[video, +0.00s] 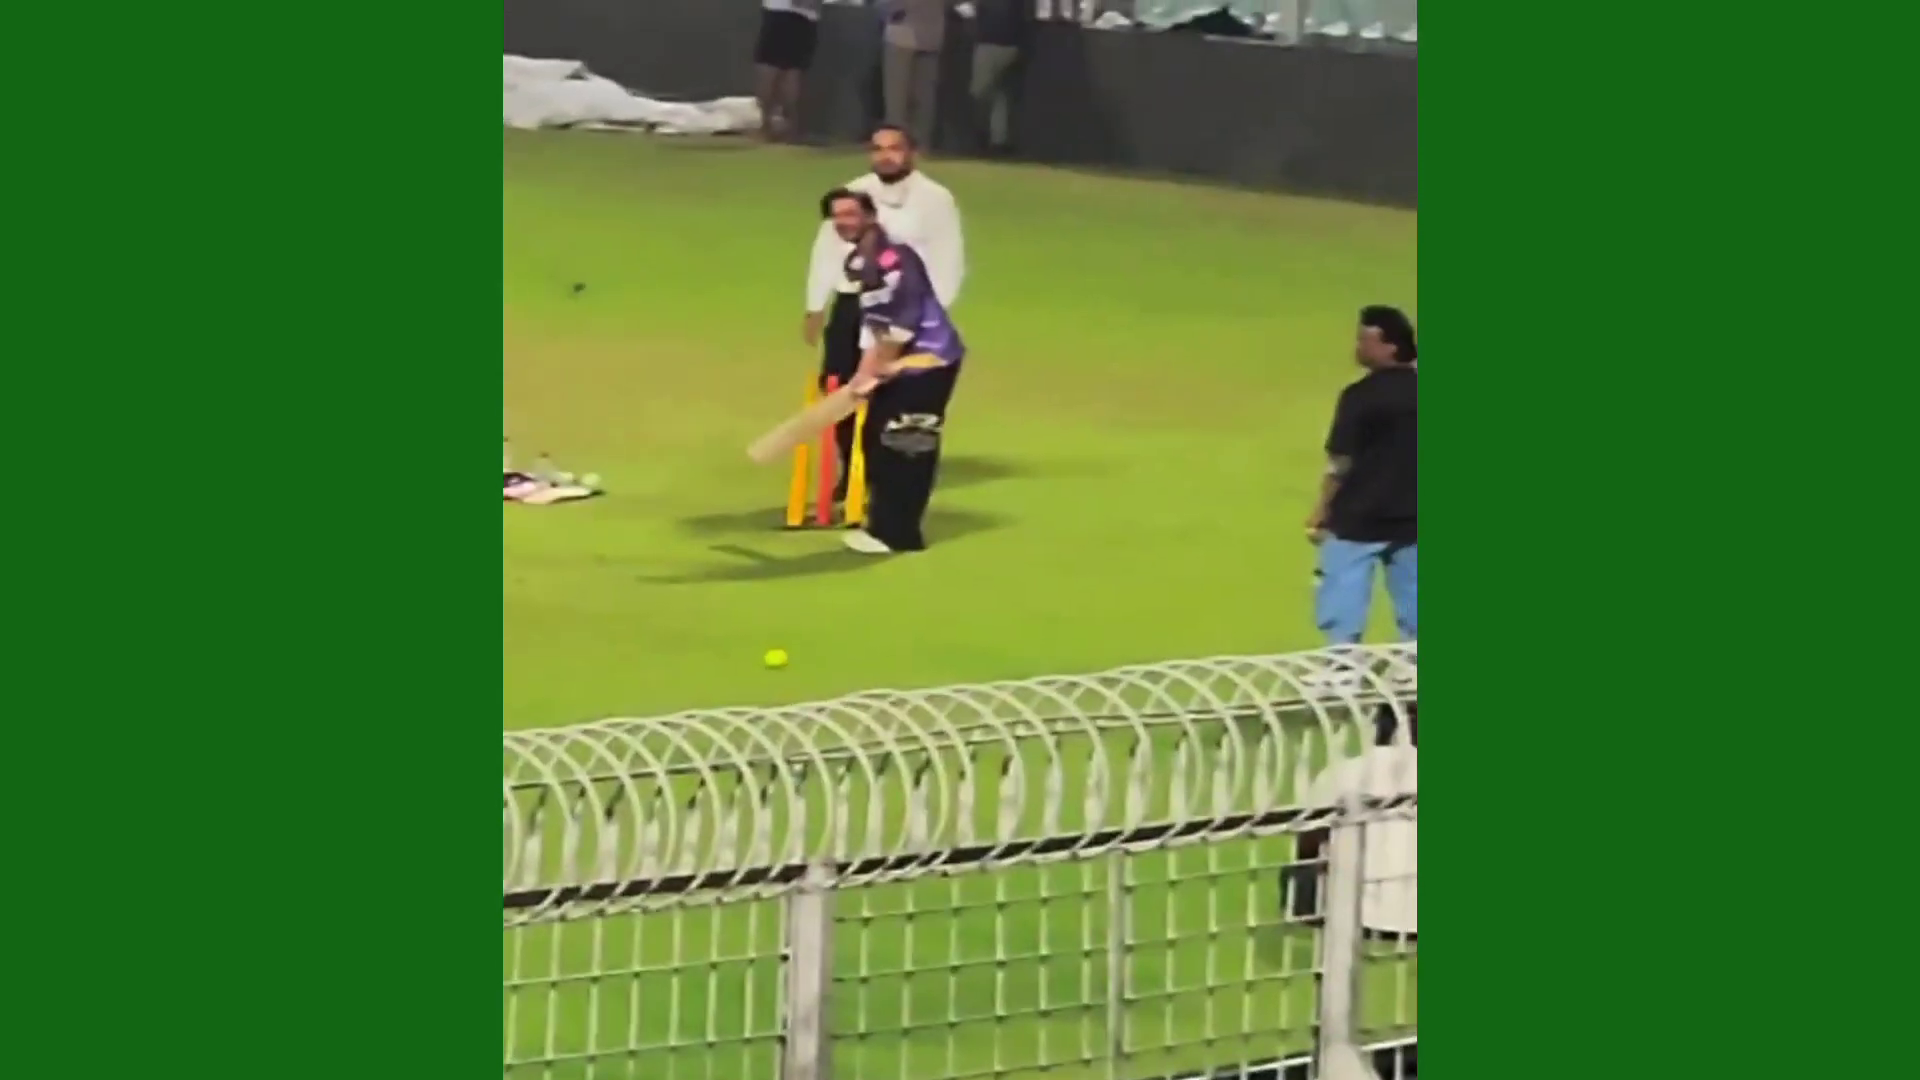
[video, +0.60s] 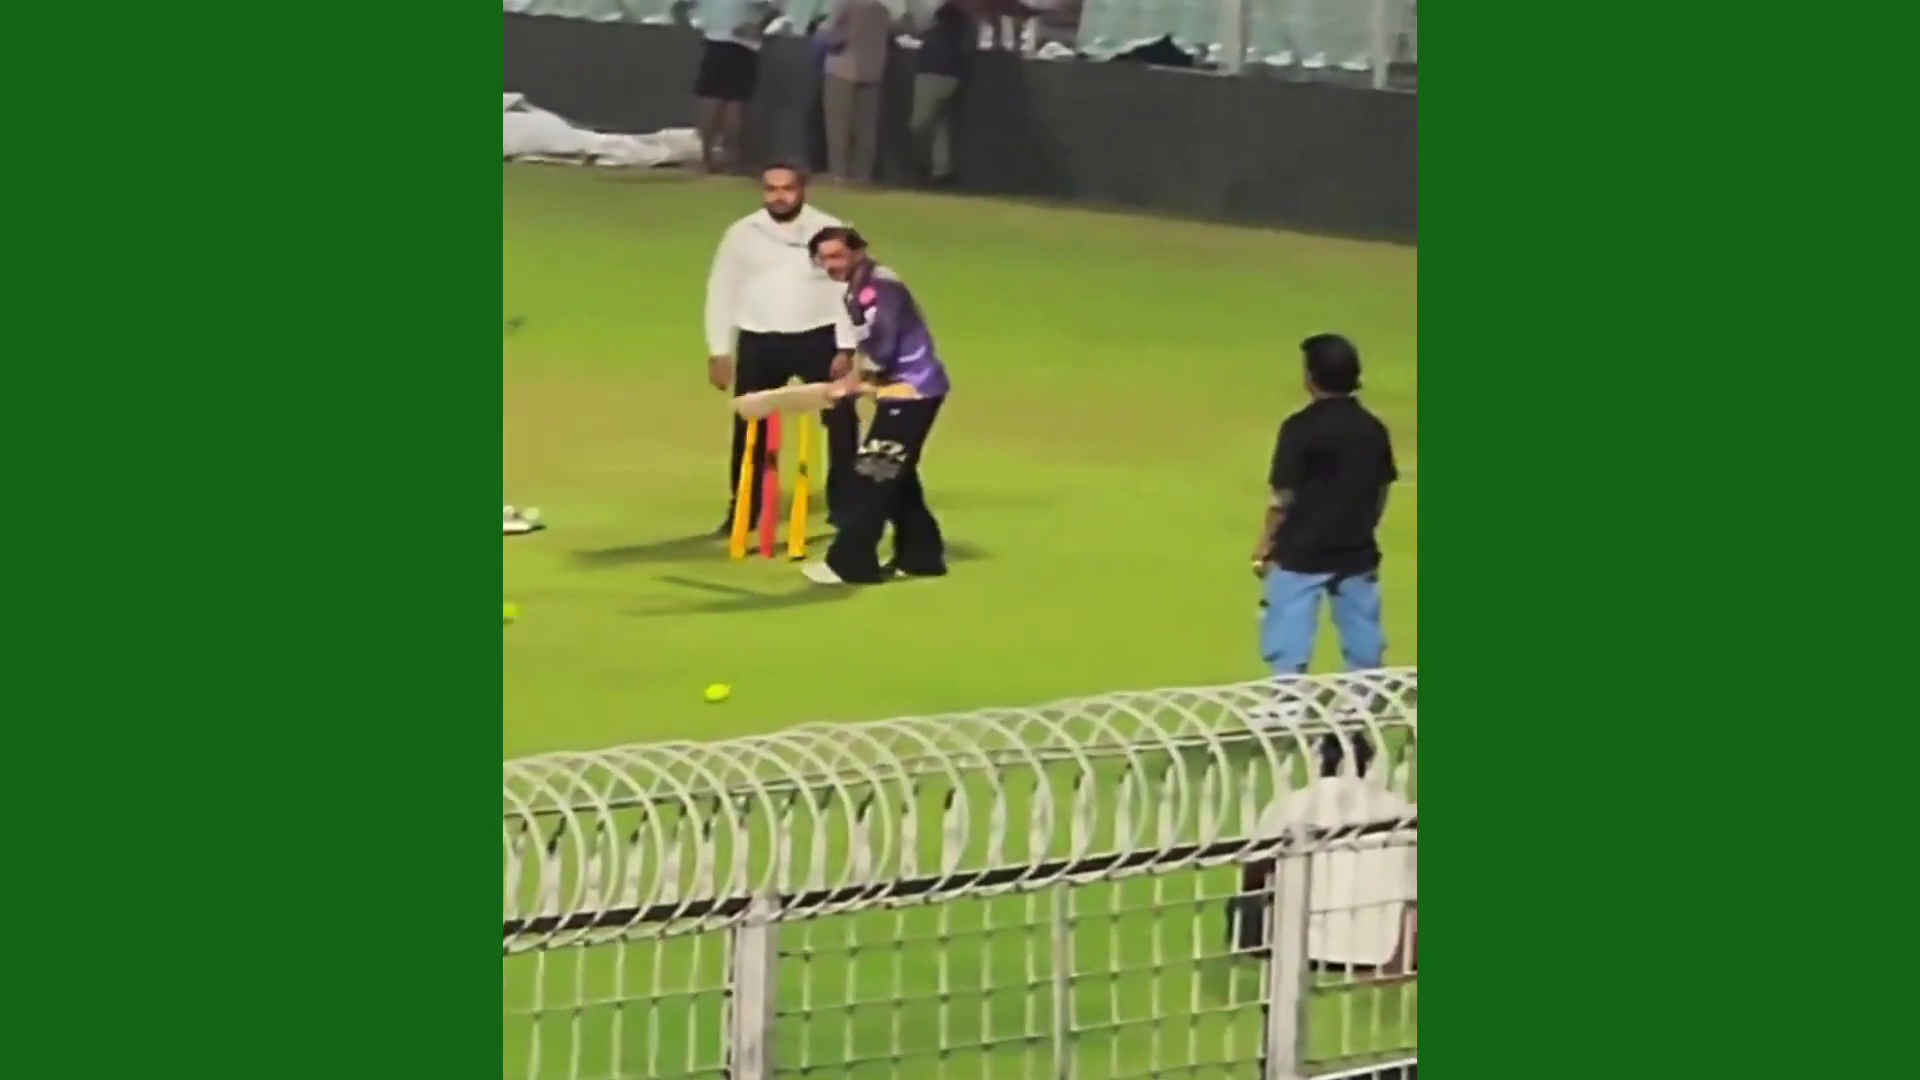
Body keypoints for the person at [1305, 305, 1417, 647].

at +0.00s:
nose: (1358, 345)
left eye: (1365, 338)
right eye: (1360, 337)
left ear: (1389, 346)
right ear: (1395, 347)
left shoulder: (1359, 396)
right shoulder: (1418, 388)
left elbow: (1340, 465)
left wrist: (1321, 512)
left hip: (1358, 519)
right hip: (1410, 518)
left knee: (1341, 619)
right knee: (1416, 618)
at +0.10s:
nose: (1348, 353)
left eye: (1355, 346)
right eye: (1350, 345)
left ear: (1381, 353)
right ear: (1387, 354)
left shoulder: (1349, 405)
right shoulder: (1412, 400)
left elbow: (1329, 472)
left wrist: (1312, 519)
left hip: (1349, 526)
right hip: (1406, 525)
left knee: (1334, 609)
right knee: (1409, 614)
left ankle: (1333, 678)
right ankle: (1413, 683)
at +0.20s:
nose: (1336, 359)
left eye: (1343, 351)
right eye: (1338, 350)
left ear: (1368, 360)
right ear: (1373, 360)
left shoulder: (1337, 410)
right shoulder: (1409, 412)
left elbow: (1317, 480)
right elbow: (1413, 478)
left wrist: (1301, 524)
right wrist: (1396, 520)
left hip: (1335, 538)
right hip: (1392, 535)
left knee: (1321, 635)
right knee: (1401, 635)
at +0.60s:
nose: (1303, 376)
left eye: (1305, 370)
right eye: (1307, 369)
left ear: (1311, 379)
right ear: (1354, 376)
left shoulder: (1299, 427)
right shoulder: (1373, 428)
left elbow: (1282, 499)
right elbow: (1382, 490)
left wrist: (1265, 546)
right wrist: (1363, 533)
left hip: (1301, 554)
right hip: (1356, 552)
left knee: (1288, 648)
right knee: (1365, 646)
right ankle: (1370, 716)